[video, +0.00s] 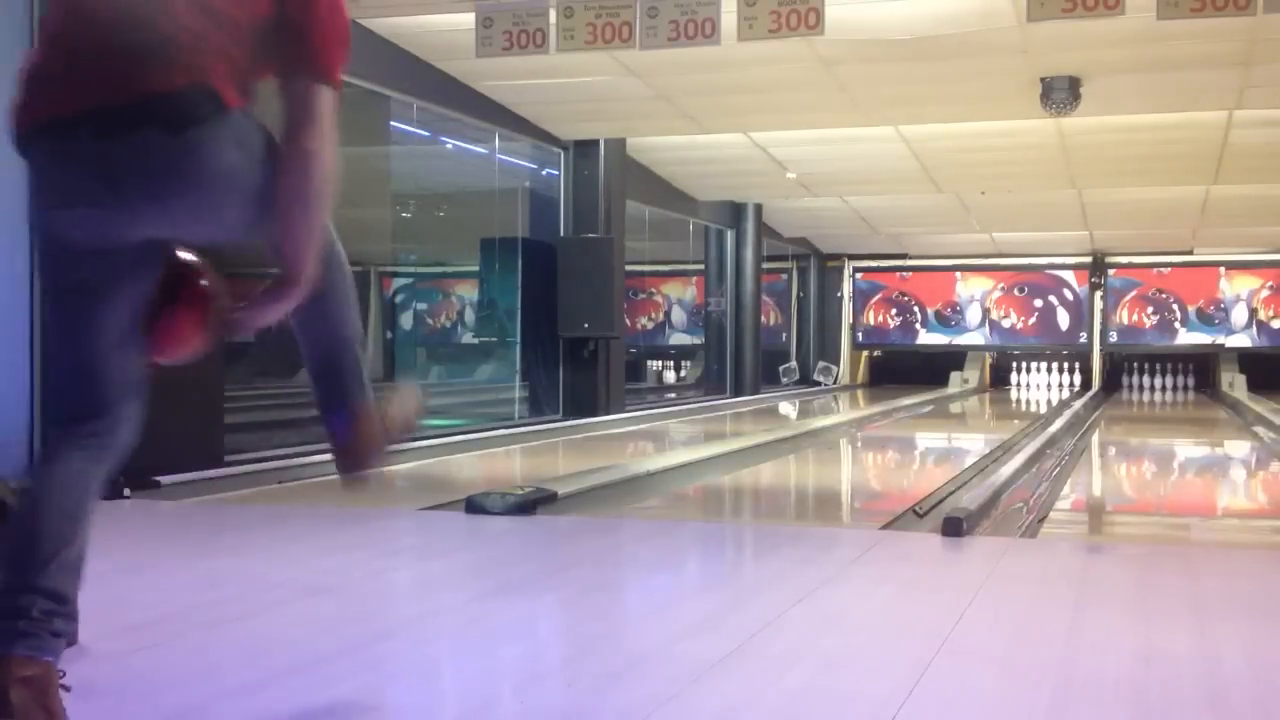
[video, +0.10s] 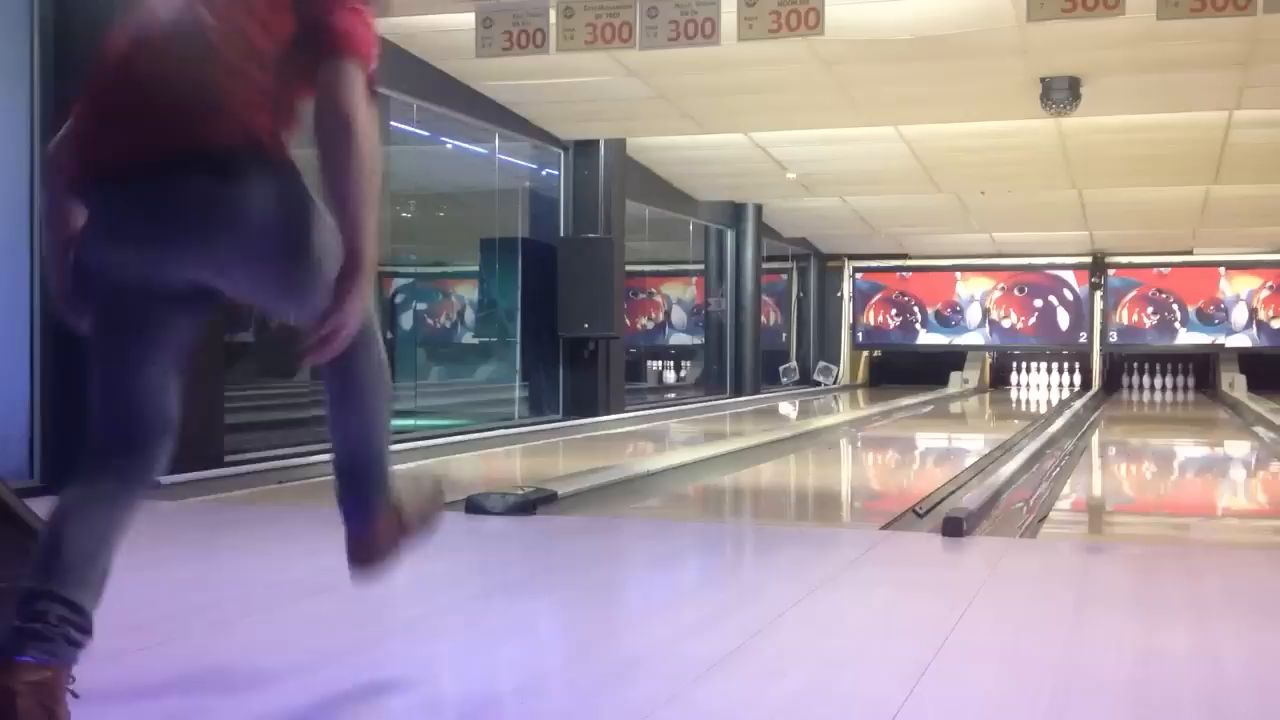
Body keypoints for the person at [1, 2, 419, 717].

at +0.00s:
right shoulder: (306, 3)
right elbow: (309, 134)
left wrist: (156, 262)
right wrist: (296, 277)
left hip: (62, 161)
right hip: (186, 145)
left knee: (90, 421)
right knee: (311, 239)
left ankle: (28, 650)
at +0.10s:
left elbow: (60, 154)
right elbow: (344, 105)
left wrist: (60, 251)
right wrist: (360, 268)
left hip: (120, 209)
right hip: (233, 192)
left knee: (123, 447)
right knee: (345, 320)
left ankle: (38, 656)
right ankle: (371, 518)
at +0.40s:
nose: (574, 75)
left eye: (579, 59)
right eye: (576, 57)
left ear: (516, 22)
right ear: (558, 45)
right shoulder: (498, 61)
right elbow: (390, 54)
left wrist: (245, 142)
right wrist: (289, 130)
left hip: (303, 261)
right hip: (381, 259)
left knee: (307, 467)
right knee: (455, 425)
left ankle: (165, 548)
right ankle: (416, 607)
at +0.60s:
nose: (656, 144)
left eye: (662, 132)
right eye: (658, 129)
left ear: (611, 105)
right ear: (637, 120)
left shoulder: (560, 131)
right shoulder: (580, 143)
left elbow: (428, 162)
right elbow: (493, 153)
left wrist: (351, 228)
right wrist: (446, 216)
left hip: (385, 278)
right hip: (424, 286)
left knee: (461, 439)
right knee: (477, 450)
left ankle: (410, 585)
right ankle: (413, 604)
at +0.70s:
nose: (692, 179)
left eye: (697, 167)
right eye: (694, 165)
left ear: (646, 142)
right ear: (678, 158)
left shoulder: (590, 162)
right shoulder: (616, 180)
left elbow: (468, 173)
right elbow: (535, 219)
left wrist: (395, 241)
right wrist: (506, 282)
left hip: (415, 282)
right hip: (440, 288)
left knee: (514, 382)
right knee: (487, 475)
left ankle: (536, 536)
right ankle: (412, 584)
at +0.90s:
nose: (749, 224)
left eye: (752, 213)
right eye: (753, 213)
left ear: (704, 186)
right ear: (741, 211)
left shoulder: (635, 195)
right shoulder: (685, 260)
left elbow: (536, 200)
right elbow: (630, 349)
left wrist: (468, 248)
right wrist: (637, 437)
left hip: (485, 312)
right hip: (522, 339)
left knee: (582, 389)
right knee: (492, 493)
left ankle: (610, 532)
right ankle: (414, 521)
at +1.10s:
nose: (772, 218)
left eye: (772, 207)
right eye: (774, 208)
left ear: (726, 184)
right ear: (762, 208)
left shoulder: (661, 184)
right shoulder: (727, 256)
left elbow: (563, 199)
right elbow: (755, 329)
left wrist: (503, 238)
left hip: (513, 286)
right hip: (543, 321)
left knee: (596, 385)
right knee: (464, 440)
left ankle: (610, 528)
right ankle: (311, 452)